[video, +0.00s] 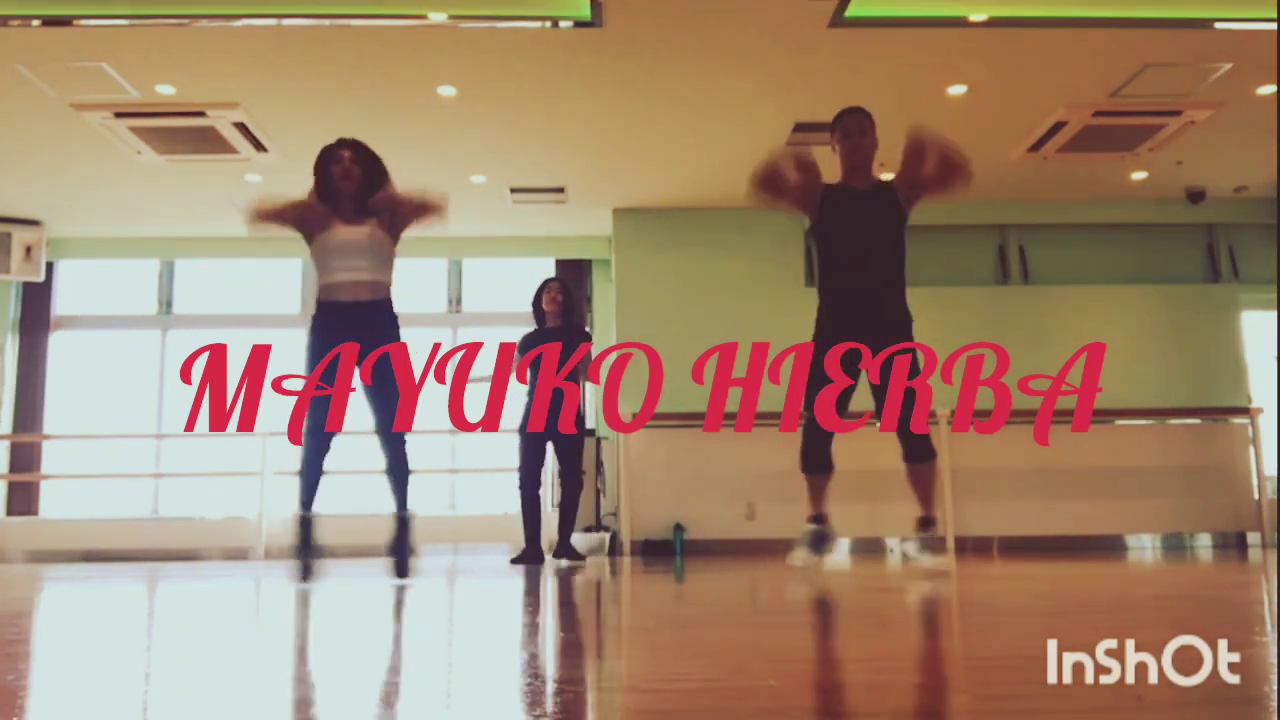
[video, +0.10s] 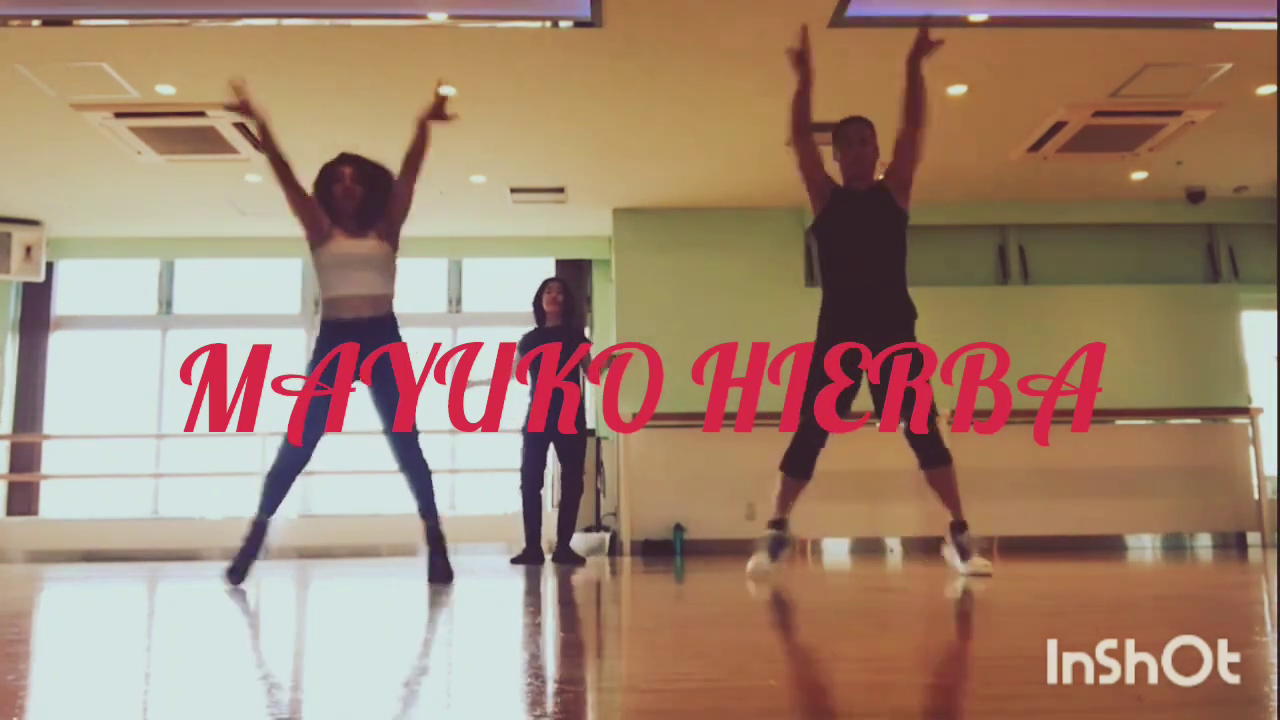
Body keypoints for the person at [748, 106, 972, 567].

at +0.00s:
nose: (856, 143)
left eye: (863, 134)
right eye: (847, 136)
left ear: (876, 141)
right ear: (834, 145)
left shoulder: (898, 192)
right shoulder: (819, 197)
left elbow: (957, 174)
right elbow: (763, 182)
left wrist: (926, 146)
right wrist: (789, 168)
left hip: (889, 324)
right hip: (836, 327)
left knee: (913, 424)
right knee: (816, 428)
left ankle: (927, 525)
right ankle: (818, 526)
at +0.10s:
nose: (856, 151)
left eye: (863, 143)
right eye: (848, 144)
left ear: (878, 152)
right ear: (835, 154)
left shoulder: (893, 196)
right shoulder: (827, 201)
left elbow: (912, 129)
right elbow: (800, 140)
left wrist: (915, 65)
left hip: (892, 332)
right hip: (839, 333)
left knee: (925, 434)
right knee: (809, 435)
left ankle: (961, 533)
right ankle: (777, 530)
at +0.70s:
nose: (857, 171)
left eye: (864, 163)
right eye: (849, 162)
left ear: (875, 170)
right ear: (834, 169)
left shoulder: (891, 215)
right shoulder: (819, 218)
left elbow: (918, 158)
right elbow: (789, 160)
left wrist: (874, 134)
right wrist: (828, 126)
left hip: (887, 348)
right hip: (835, 349)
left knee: (920, 447)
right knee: (806, 450)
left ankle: (958, 546)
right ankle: (770, 547)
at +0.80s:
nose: (857, 172)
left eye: (864, 164)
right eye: (849, 164)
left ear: (874, 171)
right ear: (835, 170)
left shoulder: (891, 216)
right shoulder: (818, 218)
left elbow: (925, 162)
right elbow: (780, 165)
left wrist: (877, 147)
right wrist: (825, 137)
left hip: (887, 350)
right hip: (834, 352)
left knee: (921, 447)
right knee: (806, 450)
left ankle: (958, 545)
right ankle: (770, 547)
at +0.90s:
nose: (858, 175)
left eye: (865, 166)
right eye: (849, 167)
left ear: (875, 171)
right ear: (836, 173)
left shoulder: (891, 218)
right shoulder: (818, 221)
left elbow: (929, 167)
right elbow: (775, 170)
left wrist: (880, 157)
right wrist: (818, 152)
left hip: (888, 353)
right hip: (834, 354)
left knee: (921, 448)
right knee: (804, 451)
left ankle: (959, 545)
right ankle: (770, 546)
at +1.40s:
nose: (860, 178)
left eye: (867, 170)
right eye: (851, 170)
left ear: (877, 177)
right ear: (834, 177)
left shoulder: (889, 228)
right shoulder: (817, 234)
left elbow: (932, 225)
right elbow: (774, 209)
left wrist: (906, 191)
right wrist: (810, 192)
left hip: (892, 355)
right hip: (838, 356)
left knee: (931, 447)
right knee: (805, 451)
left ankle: (959, 545)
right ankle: (771, 546)